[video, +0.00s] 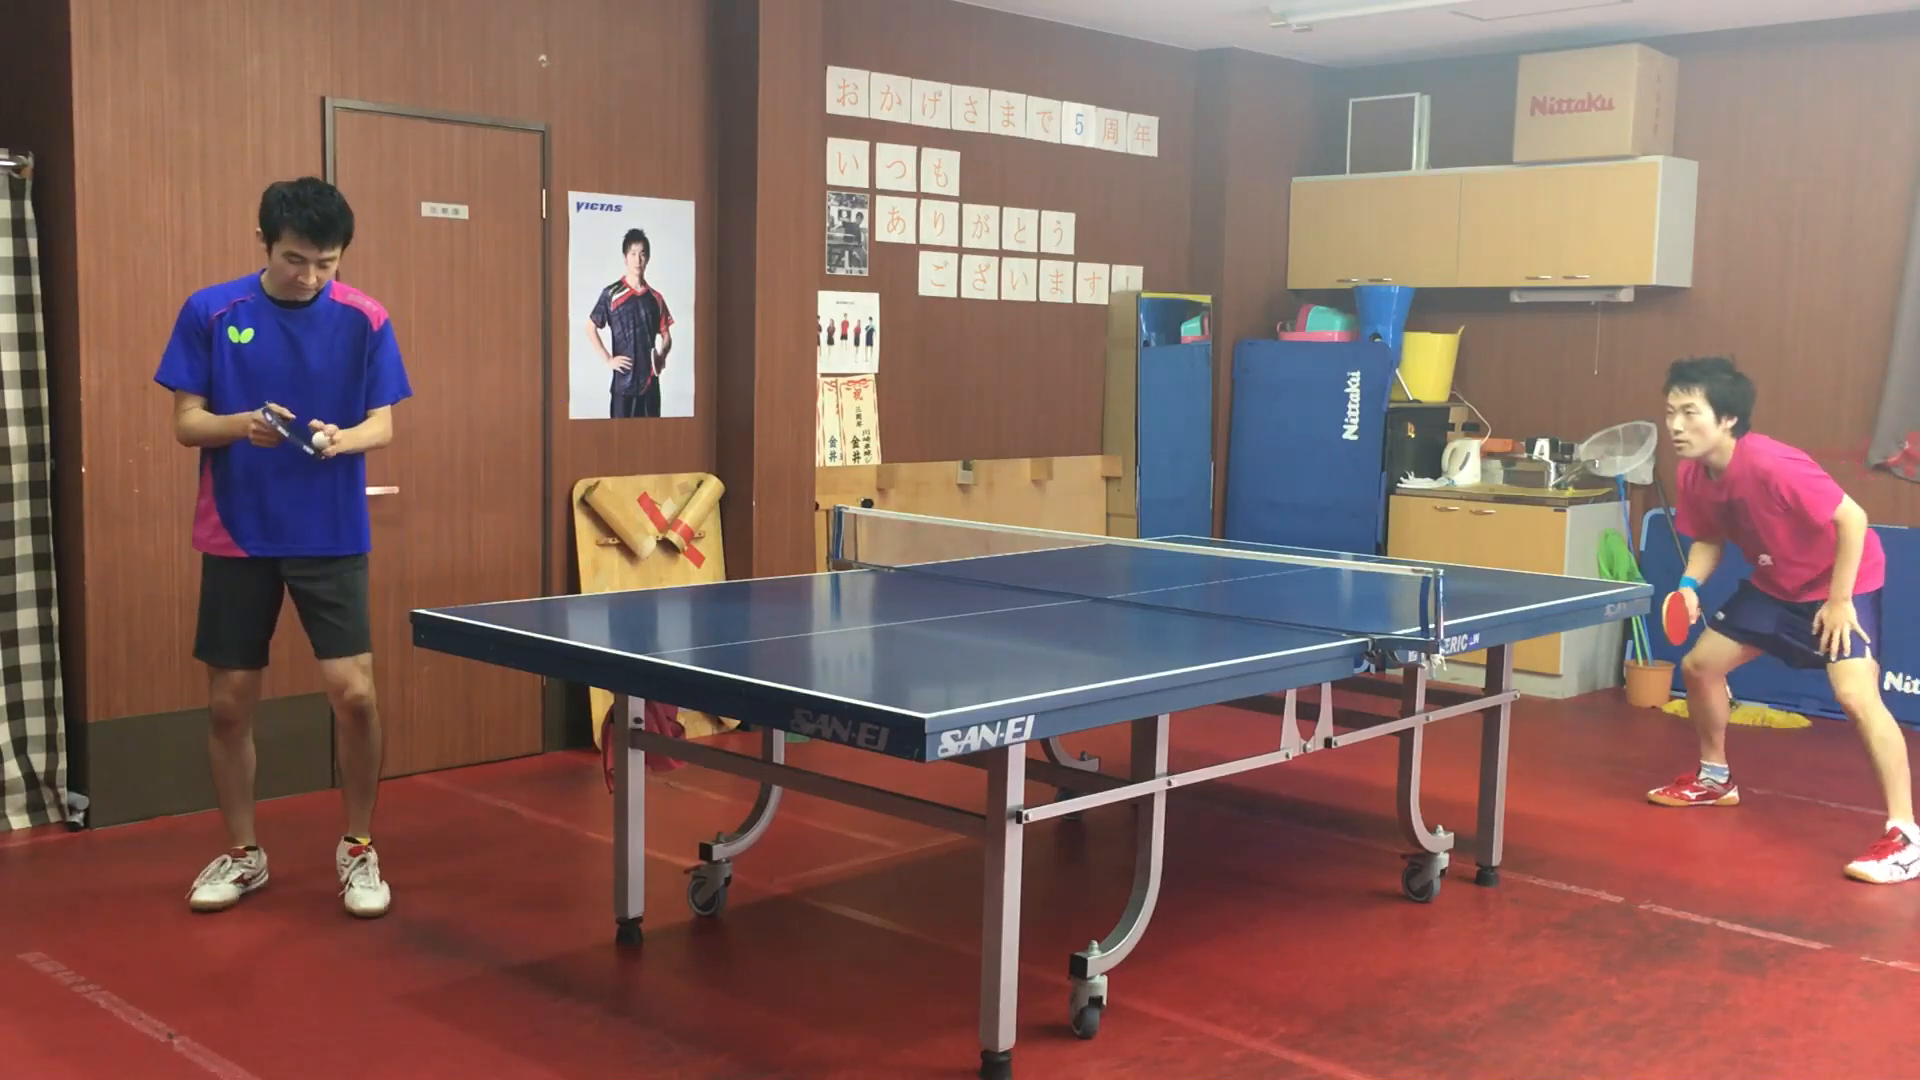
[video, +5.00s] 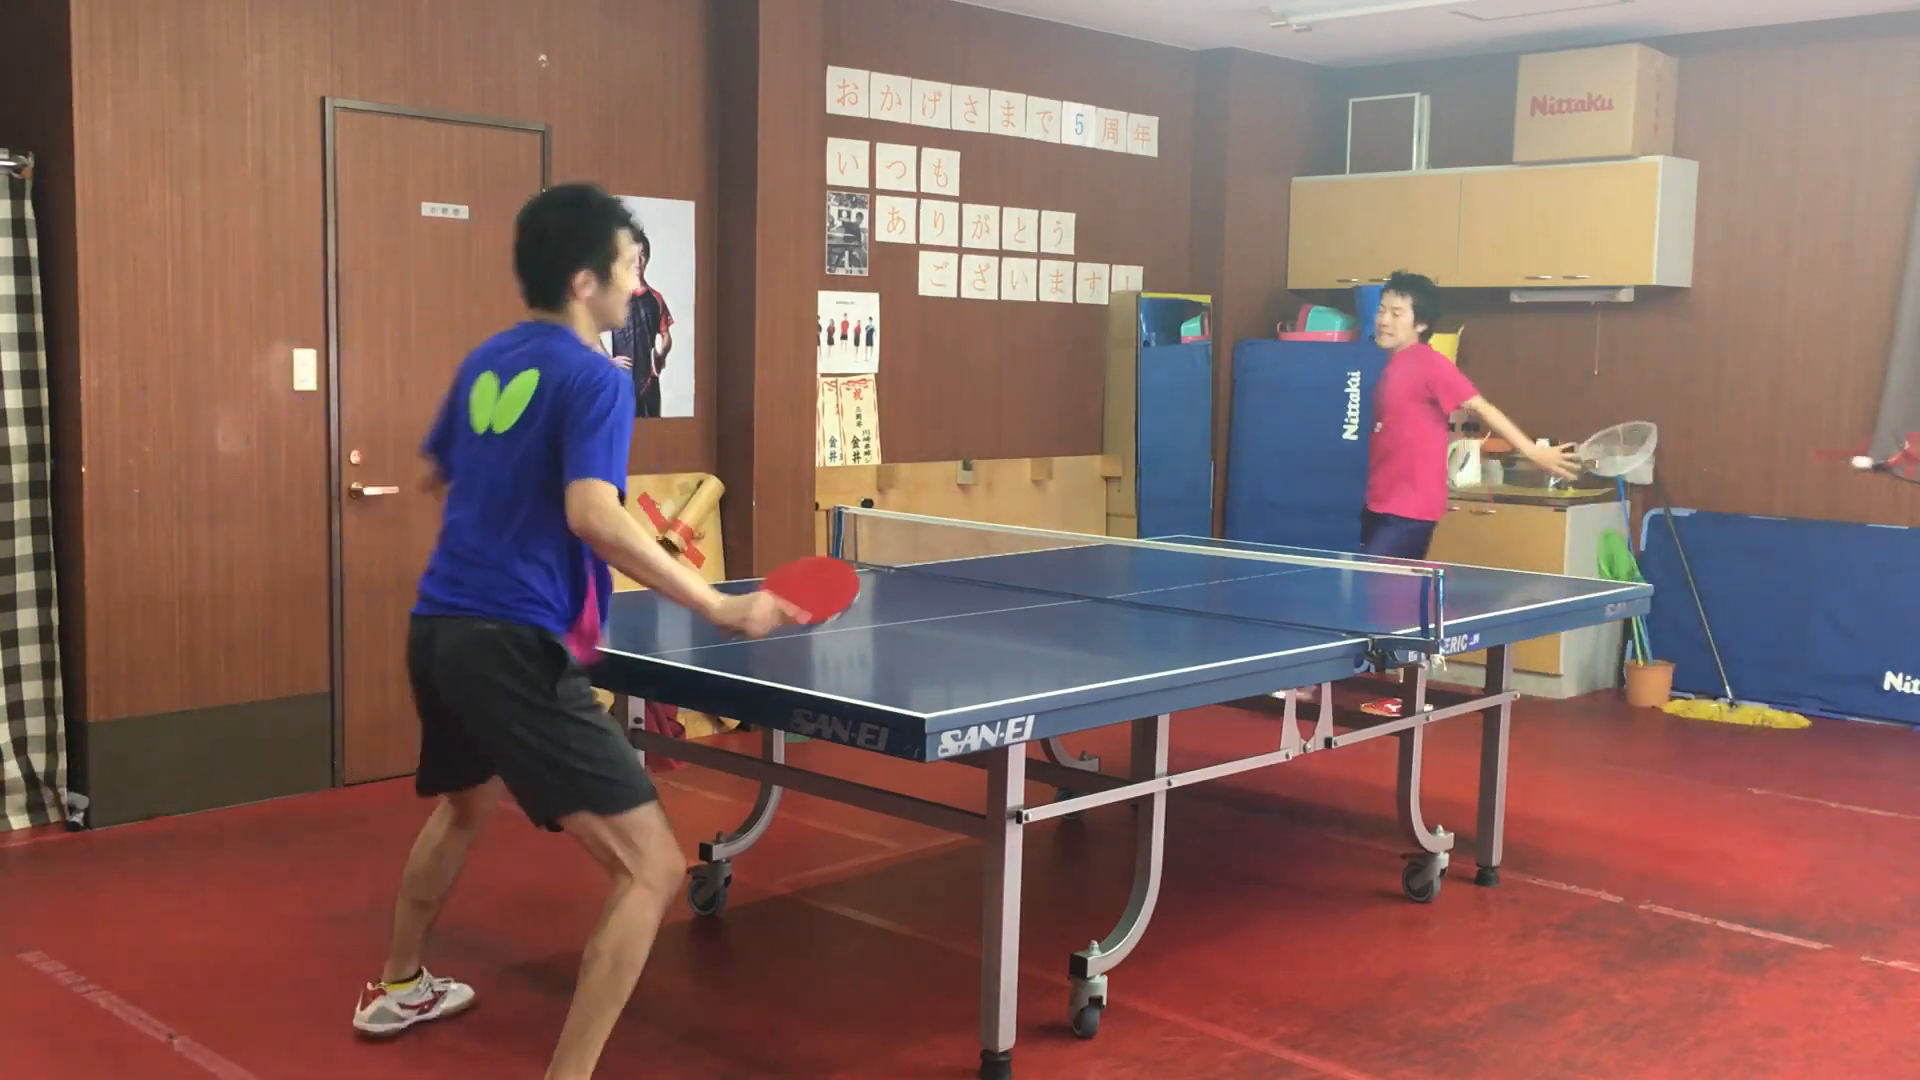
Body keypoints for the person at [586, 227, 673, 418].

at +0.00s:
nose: (638, 260)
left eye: (643, 254)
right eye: (633, 254)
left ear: (648, 258)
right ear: (625, 257)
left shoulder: (655, 297)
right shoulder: (611, 294)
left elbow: (666, 336)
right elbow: (591, 327)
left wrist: (662, 355)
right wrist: (608, 359)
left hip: (650, 378)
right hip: (624, 379)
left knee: (650, 436)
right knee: (622, 436)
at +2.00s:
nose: (639, 259)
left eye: (643, 254)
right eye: (633, 254)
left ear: (648, 258)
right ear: (625, 257)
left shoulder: (655, 297)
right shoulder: (611, 294)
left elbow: (666, 336)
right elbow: (591, 327)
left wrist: (662, 355)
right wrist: (608, 359)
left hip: (649, 378)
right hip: (624, 379)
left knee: (650, 436)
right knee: (622, 436)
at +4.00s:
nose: (639, 260)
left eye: (643, 254)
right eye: (633, 254)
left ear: (648, 258)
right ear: (625, 257)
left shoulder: (655, 297)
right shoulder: (611, 294)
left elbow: (666, 336)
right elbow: (590, 327)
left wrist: (661, 356)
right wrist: (608, 359)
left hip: (650, 380)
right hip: (624, 381)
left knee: (649, 438)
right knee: (622, 438)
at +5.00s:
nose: (638, 262)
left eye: (642, 256)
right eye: (633, 257)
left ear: (647, 260)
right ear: (625, 260)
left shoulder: (654, 297)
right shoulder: (613, 295)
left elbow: (665, 335)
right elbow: (592, 332)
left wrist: (661, 357)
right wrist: (609, 359)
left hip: (648, 373)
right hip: (622, 372)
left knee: (652, 428)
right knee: (623, 427)